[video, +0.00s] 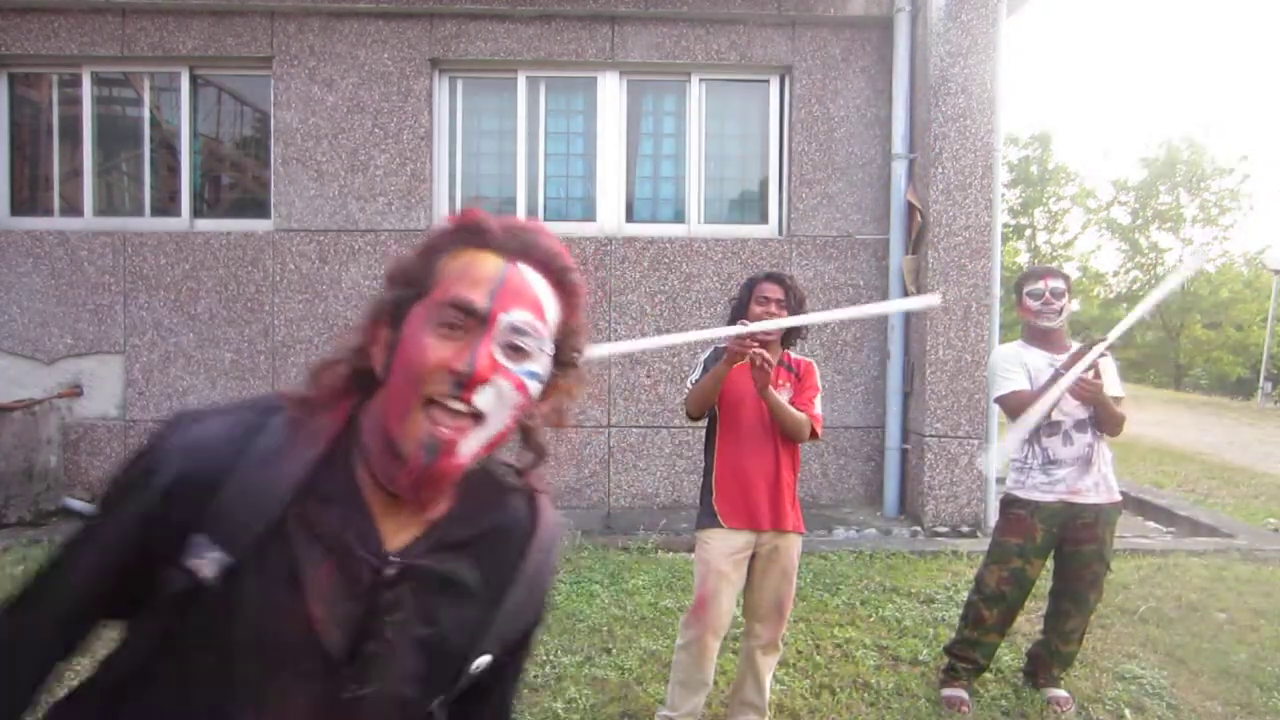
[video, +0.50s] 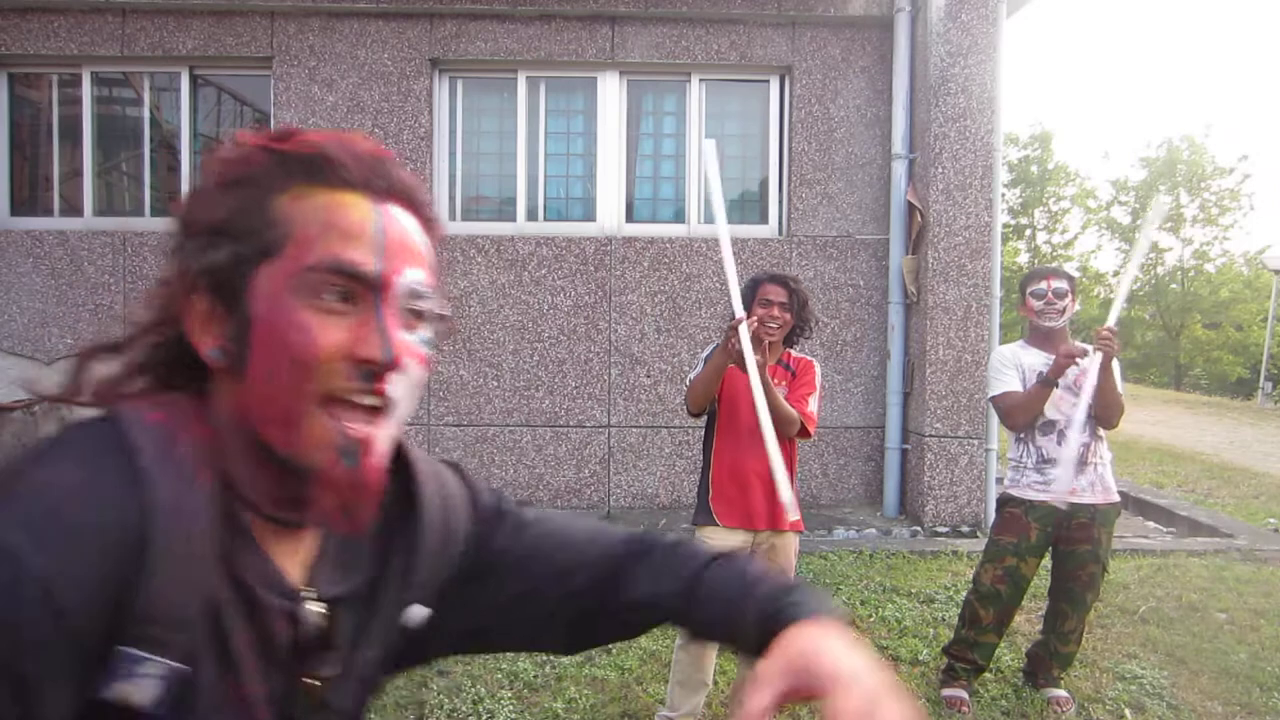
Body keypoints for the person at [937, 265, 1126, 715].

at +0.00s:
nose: (1048, 301)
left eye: (1057, 294)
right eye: (1036, 295)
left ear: (1071, 304)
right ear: (1020, 306)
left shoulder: (1095, 358)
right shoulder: (1009, 356)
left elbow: (1115, 427)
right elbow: (1021, 412)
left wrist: (1099, 400)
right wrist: (1071, 370)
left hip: (1095, 498)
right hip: (1033, 495)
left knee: (1079, 598)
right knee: (999, 587)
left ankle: (1046, 672)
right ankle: (958, 675)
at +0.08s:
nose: (1050, 301)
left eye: (1059, 294)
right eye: (1038, 294)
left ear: (1072, 304)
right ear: (1021, 305)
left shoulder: (1096, 357)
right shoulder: (1009, 356)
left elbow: (1114, 426)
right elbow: (1026, 417)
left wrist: (1091, 389)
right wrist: (1065, 371)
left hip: (1094, 497)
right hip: (1032, 495)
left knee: (1079, 598)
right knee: (998, 587)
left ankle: (1046, 673)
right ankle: (958, 675)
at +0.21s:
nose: (1048, 300)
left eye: (1057, 293)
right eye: (1037, 294)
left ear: (1073, 303)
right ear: (1021, 305)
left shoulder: (1097, 356)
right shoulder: (1009, 356)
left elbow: (1111, 423)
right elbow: (1025, 415)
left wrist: (1090, 373)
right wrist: (1064, 366)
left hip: (1093, 498)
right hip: (1031, 495)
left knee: (1077, 598)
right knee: (996, 586)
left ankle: (1045, 672)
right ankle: (958, 675)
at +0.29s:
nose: (1050, 301)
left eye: (1060, 294)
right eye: (1039, 295)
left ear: (1075, 303)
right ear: (1023, 305)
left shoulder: (1097, 354)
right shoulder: (1009, 355)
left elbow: (1110, 421)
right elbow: (1021, 416)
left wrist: (1096, 370)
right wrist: (1060, 366)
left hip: (1092, 498)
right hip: (1030, 494)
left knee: (1076, 597)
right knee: (995, 586)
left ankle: (1045, 672)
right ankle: (958, 674)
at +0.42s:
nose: (1051, 301)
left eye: (1060, 294)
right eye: (1040, 295)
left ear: (1075, 304)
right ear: (1023, 306)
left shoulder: (1097, 358)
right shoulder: (1009, 356)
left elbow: (1110, 420)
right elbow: (1017, 421)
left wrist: (1103, 368)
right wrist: (1056, 377)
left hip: (1092, 498)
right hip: (1029, 495)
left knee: (1076, 597)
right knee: (995, 586)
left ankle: (1045, 672)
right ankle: (958, 674)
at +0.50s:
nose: (1050, 301)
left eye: (1059, 294)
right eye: (1039, 294)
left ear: (1074, 304)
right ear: (1023, 306)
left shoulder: (1097, 359)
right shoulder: (1008, 356)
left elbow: (1110, 419)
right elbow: (1015, 418)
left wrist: (1106, 365)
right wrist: (1053, 374)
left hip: (1091, 499)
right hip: (1029, 496)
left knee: (1076, 597)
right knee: (995, 586)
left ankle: (1044, 672)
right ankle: (958, 674)